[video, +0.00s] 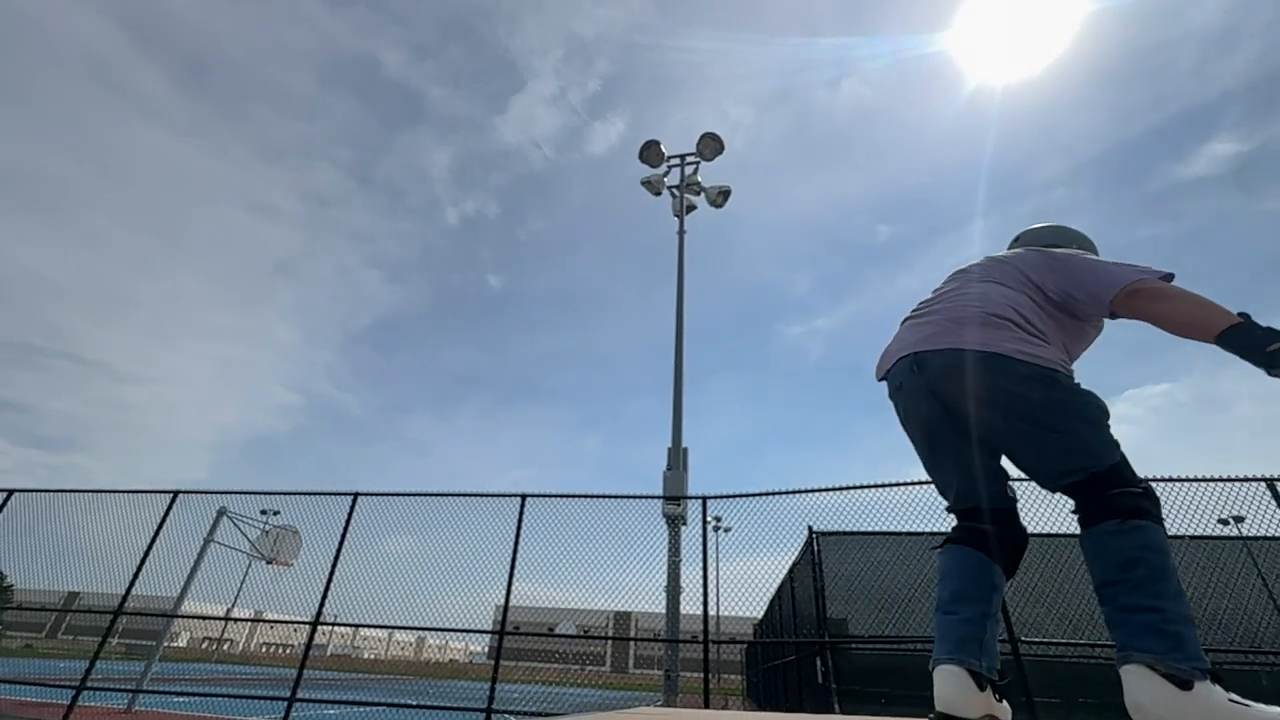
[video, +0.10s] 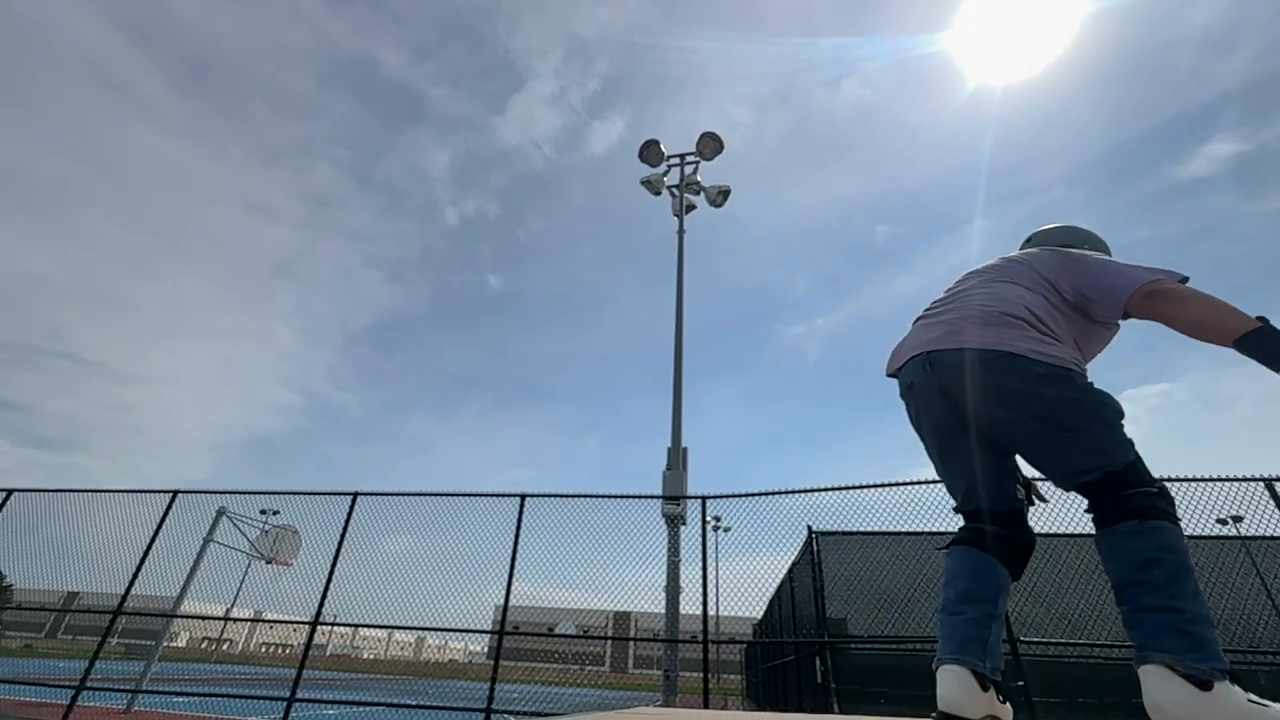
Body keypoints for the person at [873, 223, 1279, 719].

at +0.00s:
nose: (1095, 277)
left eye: (1091, 271)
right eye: (1089, 267)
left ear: (1019, 250)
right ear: (1073, 256)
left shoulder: (972, 275)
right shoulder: (1069, 262)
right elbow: (1152, 297)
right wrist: (1254, 339)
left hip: (909, 368)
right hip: (1004, 354)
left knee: (983, 522)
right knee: (1113, 496)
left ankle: (959, 671)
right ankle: (1166, 674)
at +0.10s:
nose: (1105, 275)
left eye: (1102, 270)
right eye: (1102, 267)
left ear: (1032, 250)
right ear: (1087, 257)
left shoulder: (986, 275)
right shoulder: (1081, 262)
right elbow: (1165, 298)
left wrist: (1000, 469)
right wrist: (1264, 341)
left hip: (922, 369)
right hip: (1015, 356)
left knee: (993, 523)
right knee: (1128, 494)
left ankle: (962, 669)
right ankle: (1183, 669)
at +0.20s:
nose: (1122, 282)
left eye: (1121, 273)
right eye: (1117, 272)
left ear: (1048, 254)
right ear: (1102, 260)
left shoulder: (1005, 280)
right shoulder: (1097, 265)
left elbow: (1011, 399)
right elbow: (1178, 300)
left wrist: (1051, 487)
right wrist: (1272, 344)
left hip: (934, 375)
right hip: (1029, 359)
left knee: (1002, 529)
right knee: (1145, 497)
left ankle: (967, 674)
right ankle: (1203, 673)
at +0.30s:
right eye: (1133, 274)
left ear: (1058, 257)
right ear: (1118, 261)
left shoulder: (1019, 282)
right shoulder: (1111, 267)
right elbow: (1193, 301)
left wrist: (1094, 488)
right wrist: (1277, 345)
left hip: (948, 376)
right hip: (1045, 361)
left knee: (1008, 533)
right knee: (1167, 505)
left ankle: (971, 677)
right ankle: (1220, 673)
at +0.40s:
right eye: (1145, 272)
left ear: (1073, 254)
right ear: (1132, 259)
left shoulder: (1031, 280)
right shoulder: (1129, 266)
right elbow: (1210, 302)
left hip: (962, 374)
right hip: (1057, 361)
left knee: (1020, 533)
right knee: (1184, 501)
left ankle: (977, 677)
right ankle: (1236, 672)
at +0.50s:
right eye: (1159, 269)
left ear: (1085, 253)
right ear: (1144, 256)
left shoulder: (1043, 279)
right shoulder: (1143, 264)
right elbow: (1227, 302)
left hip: (978, 374)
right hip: (1074, 361)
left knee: (1028, 533)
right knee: (1200, 499)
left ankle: (980, 677)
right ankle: (1248, 672)